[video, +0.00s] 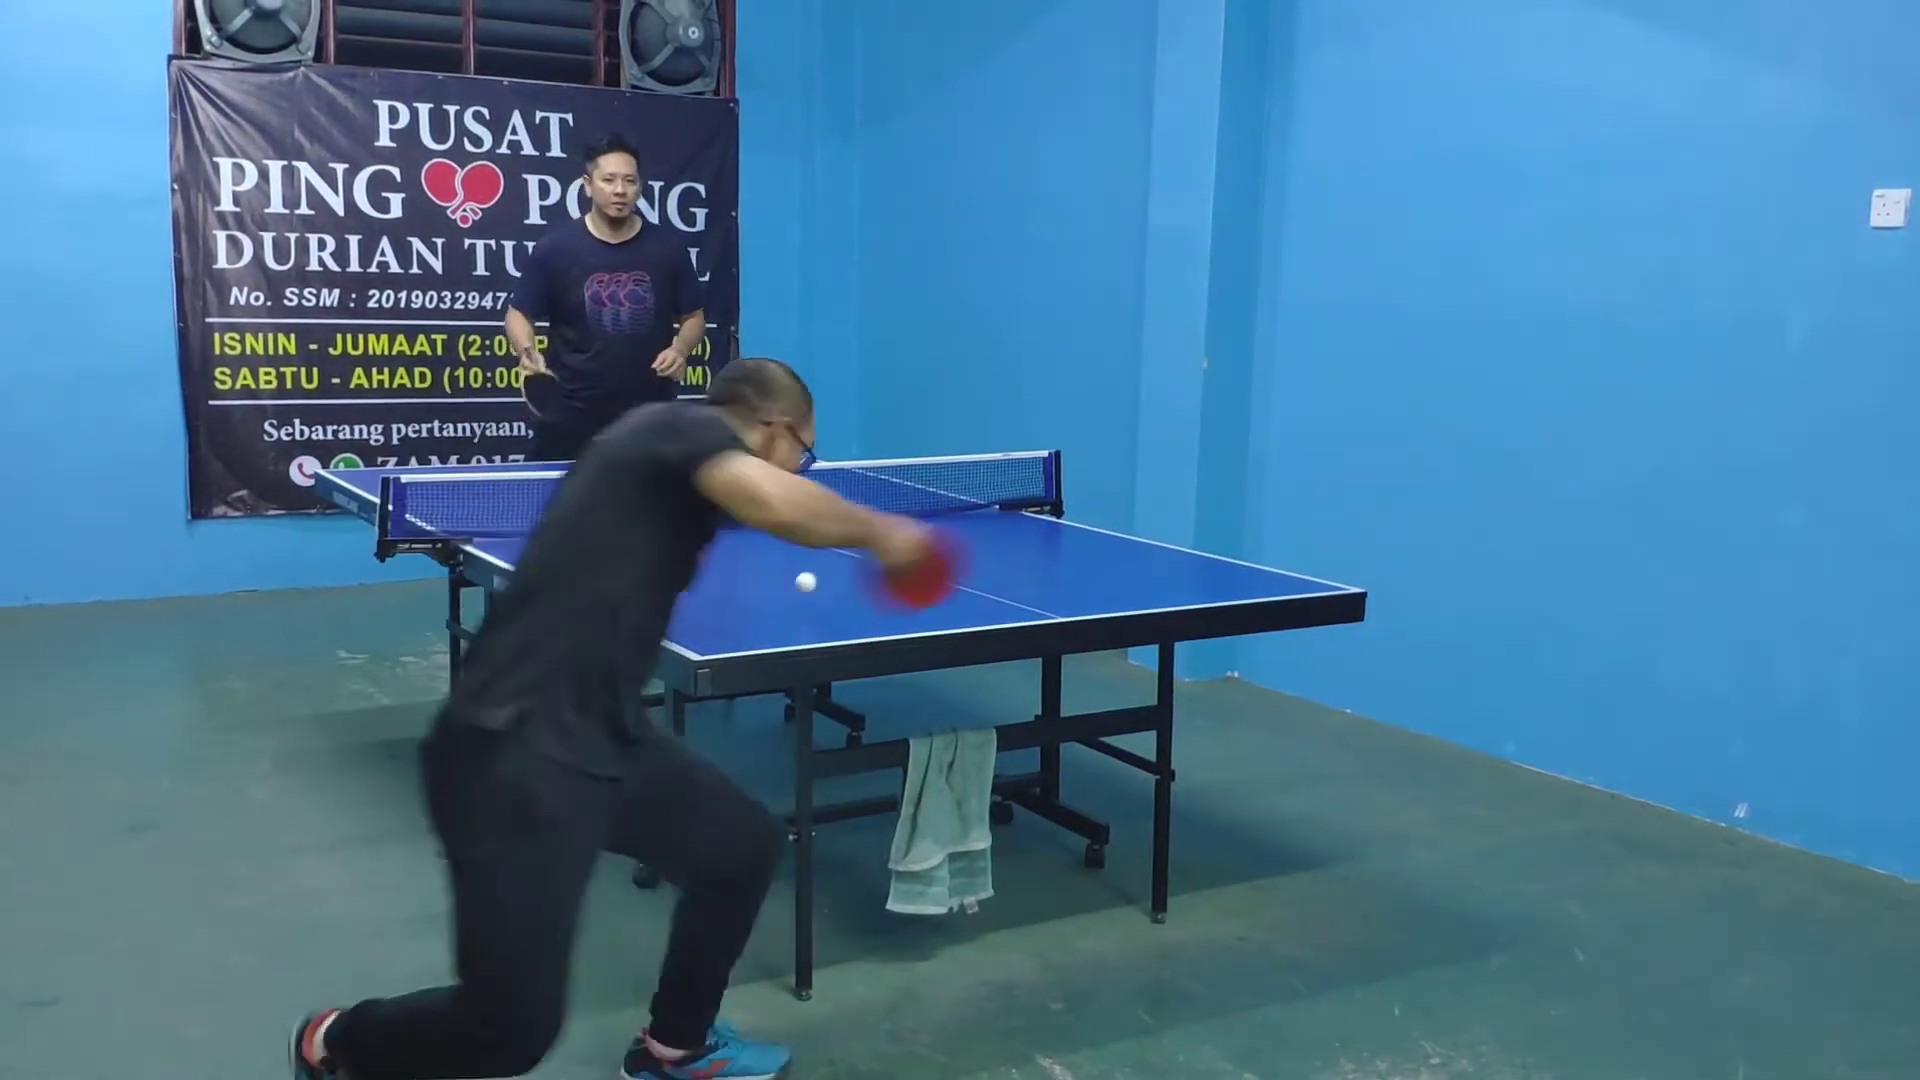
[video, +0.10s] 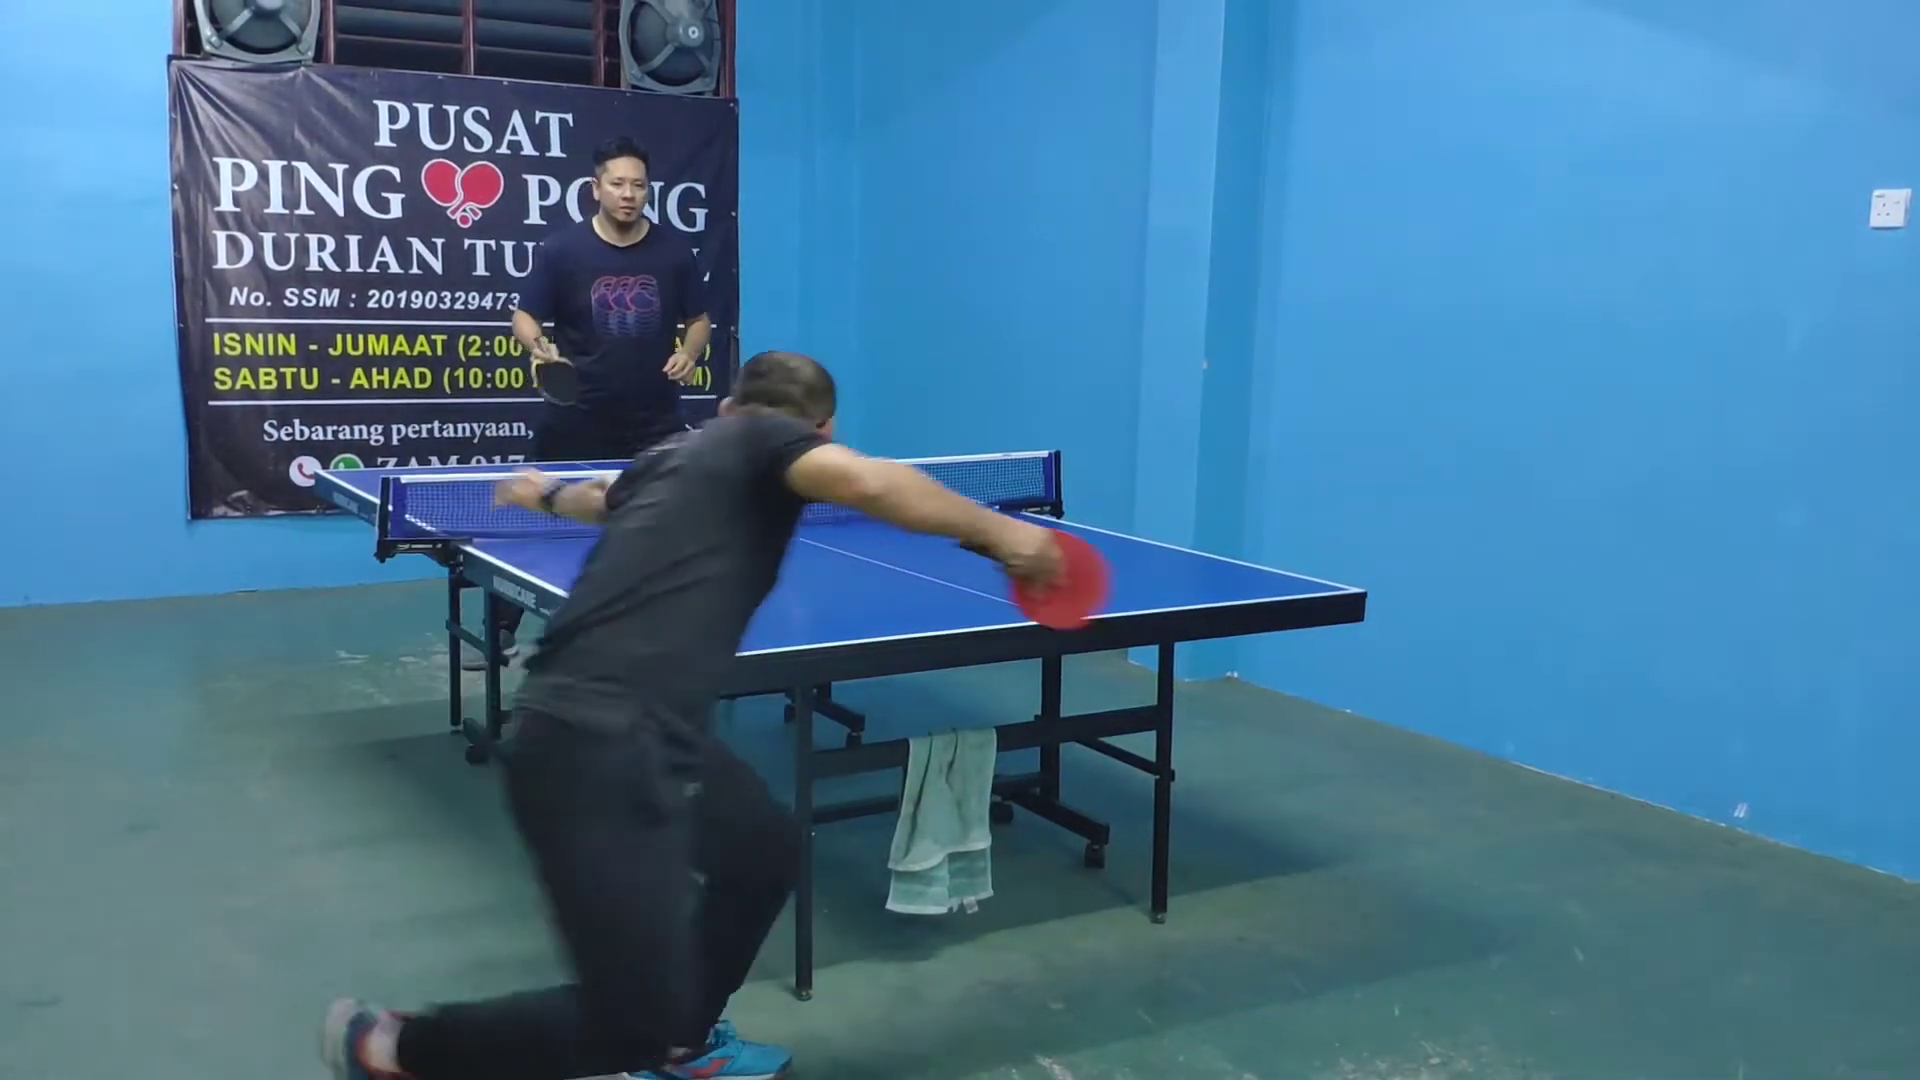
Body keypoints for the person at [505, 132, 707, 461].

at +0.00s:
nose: (620, 190)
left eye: (629, 181)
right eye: (609, 180)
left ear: (640, 186)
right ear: (588, 184)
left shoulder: (667, 248)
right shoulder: (556, 248)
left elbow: (694, 317)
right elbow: (517, 314)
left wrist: (680, 350)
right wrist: (526, 350)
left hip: (648, 413)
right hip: (572, 414)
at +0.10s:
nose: (630, 194)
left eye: (638, 185)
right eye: (619, 184)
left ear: (648, 189)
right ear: (596, 188)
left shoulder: (674, 249)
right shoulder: (562, 250)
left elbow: (700, 316)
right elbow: (524, 315)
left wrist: (689, 352)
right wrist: (537, 343)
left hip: (652, 414)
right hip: (576, 413)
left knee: (658, 523)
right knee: (538, 519)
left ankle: (655, 631)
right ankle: (501, 628)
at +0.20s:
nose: (640, 201)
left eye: (649, 191)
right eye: (630, 191)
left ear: (658, 195)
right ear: (606, 192)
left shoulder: (680, 254)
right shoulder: (573, 252)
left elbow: (705, 319)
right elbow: (535, 321)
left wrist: (703, 352)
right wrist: (566, 357)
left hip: (658, 418)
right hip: (581, 416)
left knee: (680, 523)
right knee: (537, 517)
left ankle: (677, 628)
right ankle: (501, 627)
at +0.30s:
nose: (658, 217)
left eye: (666, 207)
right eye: (648, 205)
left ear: (673, 208)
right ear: (621, 201)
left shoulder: (682, 262)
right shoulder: (588, 261)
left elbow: (702, 325)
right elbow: (575, 346)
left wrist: (727, 356)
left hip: (654, 424)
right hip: (585, 423)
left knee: (667, 526)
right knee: (541, 520)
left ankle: (671, 628)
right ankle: (501, 627)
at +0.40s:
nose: (675, 240)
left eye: (683, 230)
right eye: (665, 228)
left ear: (690, 230)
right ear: (638, 223)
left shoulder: (687, 268)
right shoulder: (612, 289)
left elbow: (706, 327)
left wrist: (755, 371)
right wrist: (717, 408)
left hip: (655, 421)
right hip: (581, 424)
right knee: (543, 525)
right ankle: (502, 626)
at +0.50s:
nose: (692, 258)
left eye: (699, 247)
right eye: (682, 246)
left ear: (706, 247)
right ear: (652, 243)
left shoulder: (692, 280)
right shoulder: (628, 305)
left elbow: (715, 329)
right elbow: (686, 387)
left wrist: (757, 381)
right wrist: (742, 405)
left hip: (653, 426)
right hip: (586, 429)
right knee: (533, 525)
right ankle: (499, 632)